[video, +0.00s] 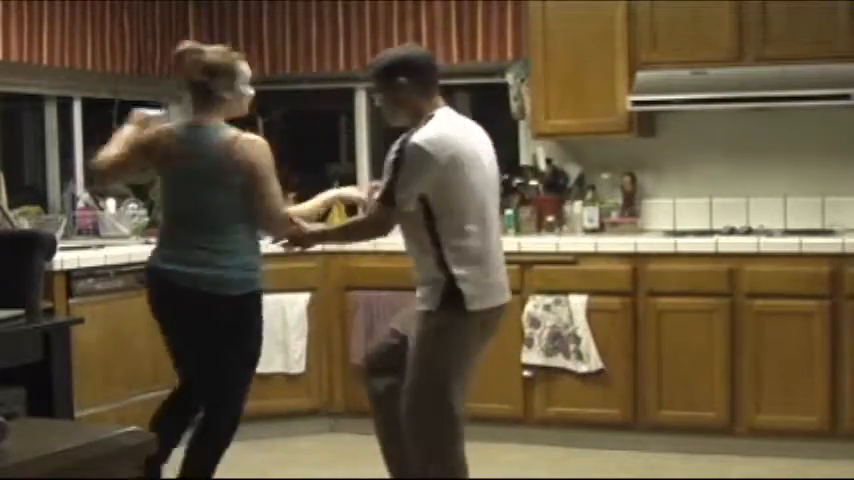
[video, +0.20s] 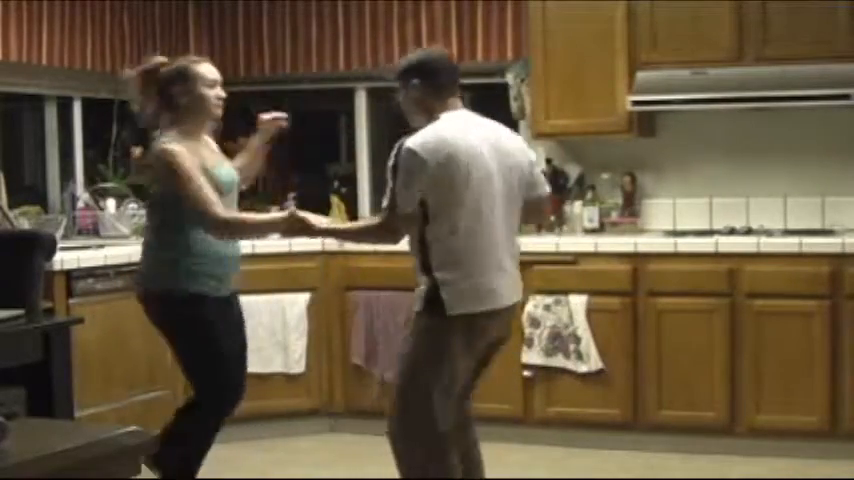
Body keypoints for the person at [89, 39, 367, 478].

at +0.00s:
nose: (252, 96)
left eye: (250, 88)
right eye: (247, 88)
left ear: (200, 91)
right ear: (229, 93)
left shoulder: (163, 140)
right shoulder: (250, 148)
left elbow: (100, 174)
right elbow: (277, 223)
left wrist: (130, 129)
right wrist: (330, 198)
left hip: (168, 284)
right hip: (230, 292)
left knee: (192, 385)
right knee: (226, 406)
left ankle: (145, 464)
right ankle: (193, 476)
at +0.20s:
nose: (222, 94)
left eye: (222, 85)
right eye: (212, 85)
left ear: (213, 94)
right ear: (182, 94)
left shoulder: (205, 143)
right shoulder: (170, 152)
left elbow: (233, 179)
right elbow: (217, 221)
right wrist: (281, 222)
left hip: (212, 285)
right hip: (177, 288)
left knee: (228, 385)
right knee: (218, 387)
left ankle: (169, 461)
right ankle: (169, 463)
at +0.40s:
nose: (214, 89)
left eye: (213, 81)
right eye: (203, 81)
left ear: (210, 90)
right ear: (172, 90)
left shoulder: (219, 143)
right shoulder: (151, 148)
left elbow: (247, 217)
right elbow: (187, 205)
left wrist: (273, 183)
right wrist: (256, 187)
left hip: (219, 277)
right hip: (166, 279)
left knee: (202, 381)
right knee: (205, 381)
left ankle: (167, 462)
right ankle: (179, 470)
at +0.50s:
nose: (223, 79)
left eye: (220, 71)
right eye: (212, 72)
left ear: (203, 84)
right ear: (180, 82)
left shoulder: (214, 134)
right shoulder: (164, 134)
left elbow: (222, 198)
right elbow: (227, 177)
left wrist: (263, 192)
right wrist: (294, 147)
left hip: (206, 265)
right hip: (161, 266)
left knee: (214, 368)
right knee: (209, 366)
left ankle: (165, 462)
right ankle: (163, 465)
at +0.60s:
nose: (233, 85)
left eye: (230, 77)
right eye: (222, 78)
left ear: (202, 90)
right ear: (194, 88)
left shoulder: (200, 140)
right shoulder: (186, 138)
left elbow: (195, 215)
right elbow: (269, 183)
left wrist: (248, 206)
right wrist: (336, 157)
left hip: (193, 270)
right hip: (158, 270)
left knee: (244, 360)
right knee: (190, 371)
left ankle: (197, 463)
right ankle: (136, 464)